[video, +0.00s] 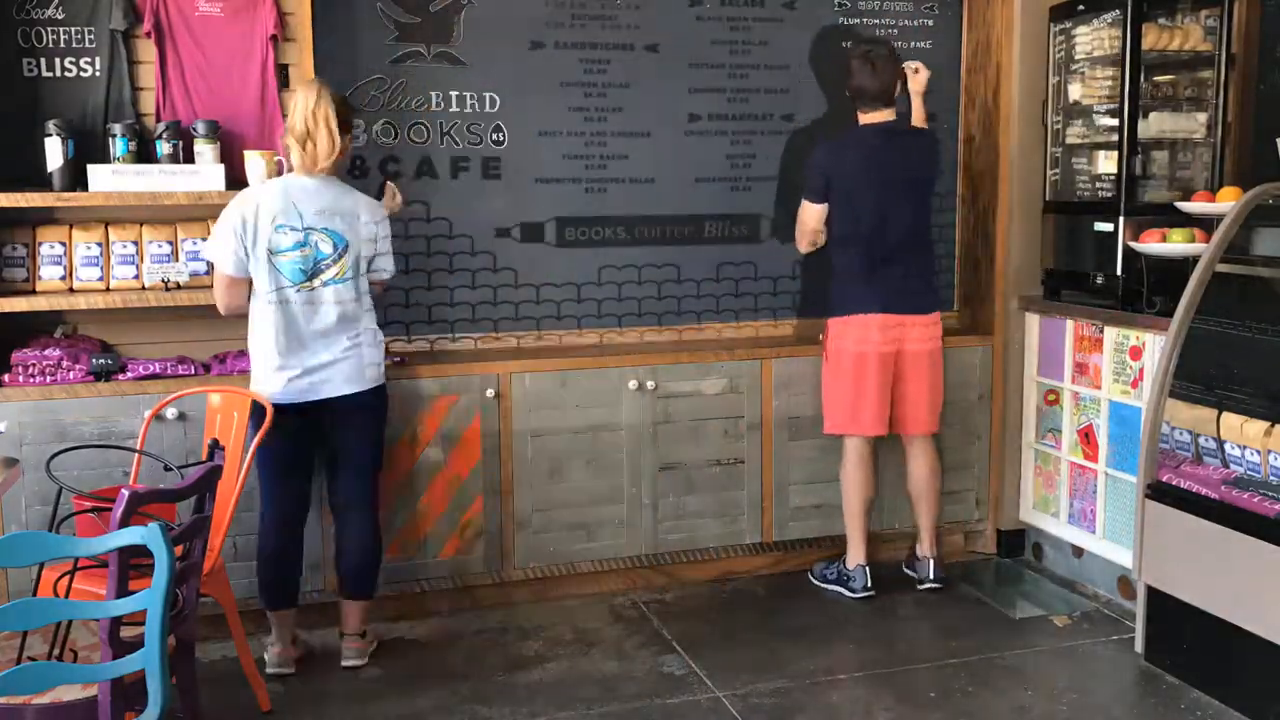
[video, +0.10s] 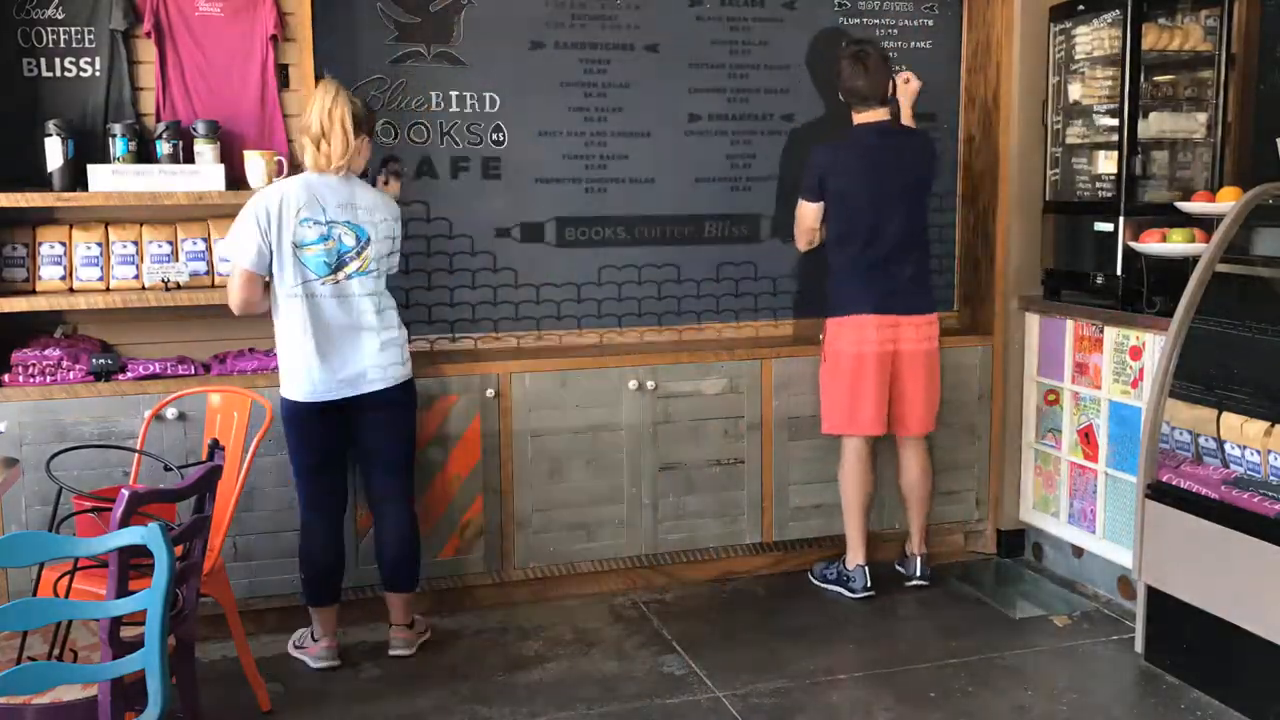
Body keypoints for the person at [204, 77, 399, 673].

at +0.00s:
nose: (336, 143)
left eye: (293, 130)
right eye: (343, 134)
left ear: (287, 135)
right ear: (345, 137)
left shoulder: (248, 205)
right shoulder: (365, 208)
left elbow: (229, 299)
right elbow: (379, 284)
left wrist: (290, 286)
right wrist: (383, 215)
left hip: (279, 389)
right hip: (356, 386)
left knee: (279, 514)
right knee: (356, 507)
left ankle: (282, 642)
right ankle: (354, 638)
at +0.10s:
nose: (372, 149)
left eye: (370, 140)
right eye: (370, 139)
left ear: (306, 136)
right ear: (360, 139)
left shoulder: (270, 202)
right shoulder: (385, 207)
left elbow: (244, 299)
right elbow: (377, 272)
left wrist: (295, 292)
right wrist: (378, 200)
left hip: (309, 387)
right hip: (385, 380)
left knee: (320, 510)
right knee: (393, 497)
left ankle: (324, 637)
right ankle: (402, 627)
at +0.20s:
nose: (397, 139)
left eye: (392, 130)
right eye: (394, 132)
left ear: (332, 136)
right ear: (387, 138)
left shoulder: (310, 205)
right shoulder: (415, 200)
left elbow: (297, 304)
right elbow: (454, 248)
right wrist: (439, 190)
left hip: (345, 386)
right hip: (420, 378)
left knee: (345, 508)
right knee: (432, 494)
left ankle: (336, 634)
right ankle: (443, 620)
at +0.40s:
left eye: (420, 133)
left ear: (419, 139)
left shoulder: (391, 202)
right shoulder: (494, 211)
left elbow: (370, 293)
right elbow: (501, 279)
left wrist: (320, 263)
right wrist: (488, 204)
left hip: (412, 383)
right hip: (484, 380)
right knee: (506, 484)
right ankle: (525, 605)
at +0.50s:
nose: (355, 146)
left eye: (352, 134)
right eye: (351, 134)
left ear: (292, 131)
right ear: (332, 133)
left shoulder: (260, 198)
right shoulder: (331, 204)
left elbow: (281, 304)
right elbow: (348, 316)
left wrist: (366, 319)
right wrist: (404, 307)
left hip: (294, 400)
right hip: (336, 404)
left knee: (334, 529)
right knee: (331, 538)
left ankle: (335, 642)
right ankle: (314, 671)